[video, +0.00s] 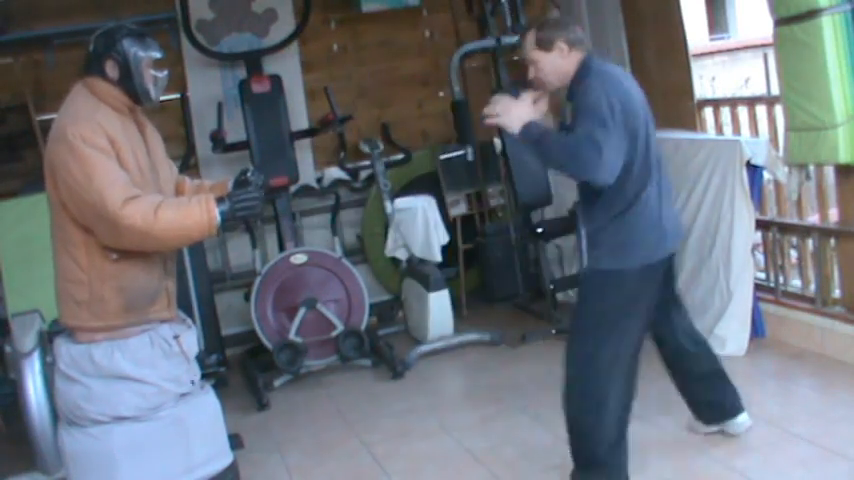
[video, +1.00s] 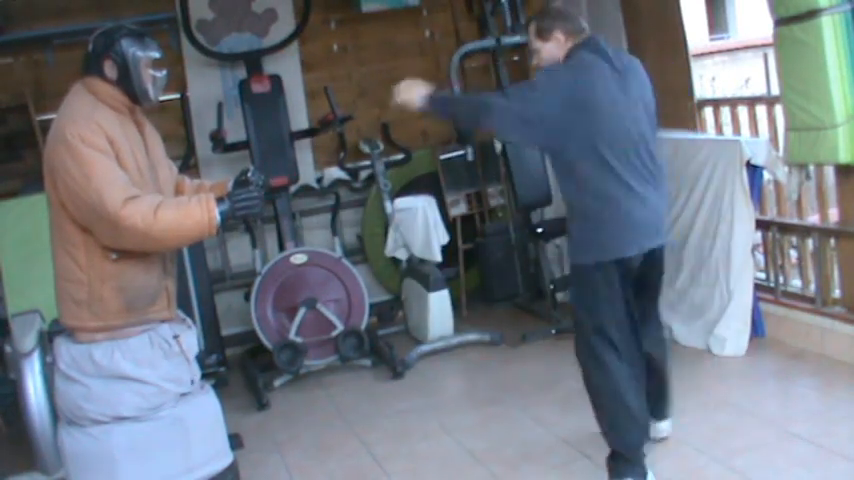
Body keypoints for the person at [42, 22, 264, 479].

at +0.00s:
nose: (154, 75)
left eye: (154, 64)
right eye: (144, 65)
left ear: (118, 68)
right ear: (112, 66)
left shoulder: (134, 119)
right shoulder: (78, 129)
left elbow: (171, 188)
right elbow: (123, 219)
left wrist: (227, 187)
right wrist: (214, 212)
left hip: (153, 316)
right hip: (107, 328)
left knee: (181, 443)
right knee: (129, 455)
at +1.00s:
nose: (153, 75)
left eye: (153, 64)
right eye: (143, 64)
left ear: (116, 68)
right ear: (110, 65)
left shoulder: (133, 119)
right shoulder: (77, 130)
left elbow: (171, 188)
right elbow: (123, 220)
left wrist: (227, 187)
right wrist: (215, 211)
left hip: (152, 315)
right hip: (106, 328)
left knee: (179, 443)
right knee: (129, 455)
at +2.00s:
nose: (152, 75)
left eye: (153, 64)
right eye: (143, 65)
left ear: (117, 68)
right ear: (111, 66)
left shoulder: (132, 118)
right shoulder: (78, 129)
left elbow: (171, 188)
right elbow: (123, 220)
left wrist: (229, 186)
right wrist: (216, 210)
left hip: (151, 313)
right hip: (108, 326)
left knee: (177, 441)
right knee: (131, 454)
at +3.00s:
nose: (146, 75)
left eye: (147, 64)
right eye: (136, 65)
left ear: (112, 68)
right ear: (103, 67)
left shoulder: (136, 121)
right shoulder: (68, 129)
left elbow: (175, 188)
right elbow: (110, 221)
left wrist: (227, 188)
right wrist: (202, 215)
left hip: (157, 316)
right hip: (103, 329)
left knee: (192, 447)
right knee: (124, 458)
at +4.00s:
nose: (148, 76)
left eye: (149, 65)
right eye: (138, 65)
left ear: (116, 68)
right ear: (106, 66)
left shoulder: (138, 121)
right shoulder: (70, 128)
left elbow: (176, 187)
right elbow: (110, 221)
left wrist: (227, 190)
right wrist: (204, 215)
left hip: (157, 318)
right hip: (104, 331)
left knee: (192, 449)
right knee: (125, 459)